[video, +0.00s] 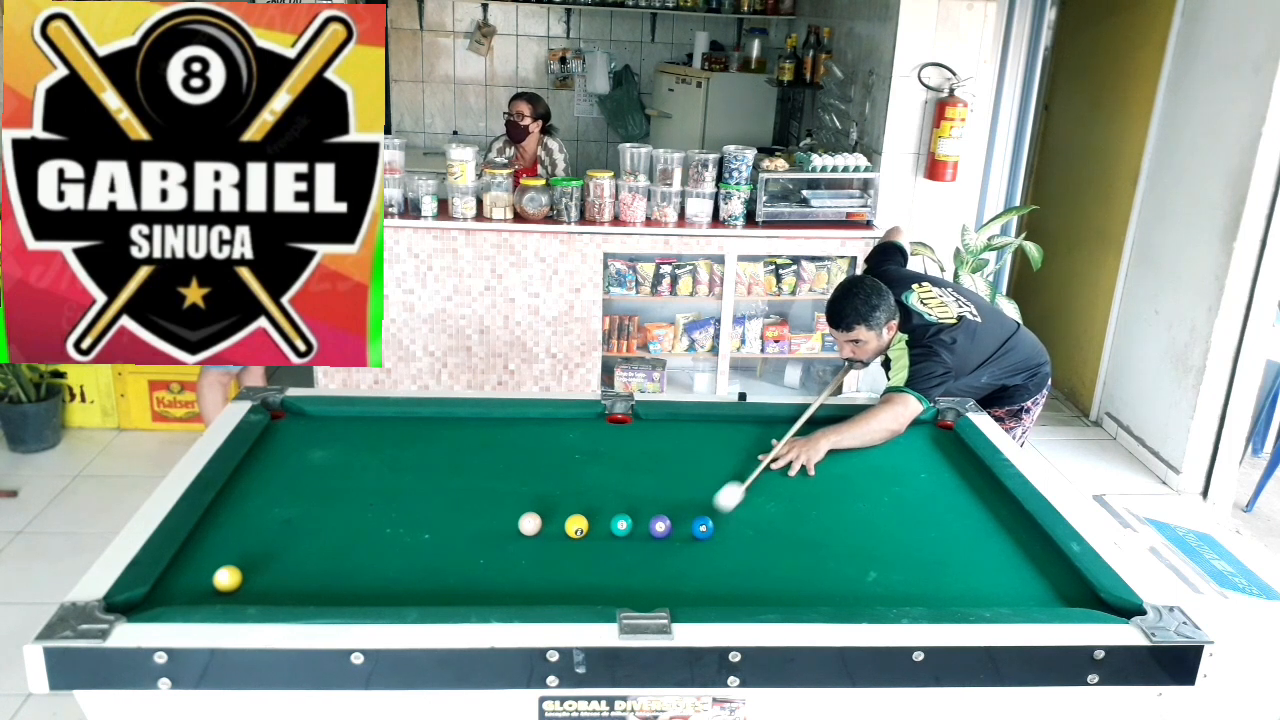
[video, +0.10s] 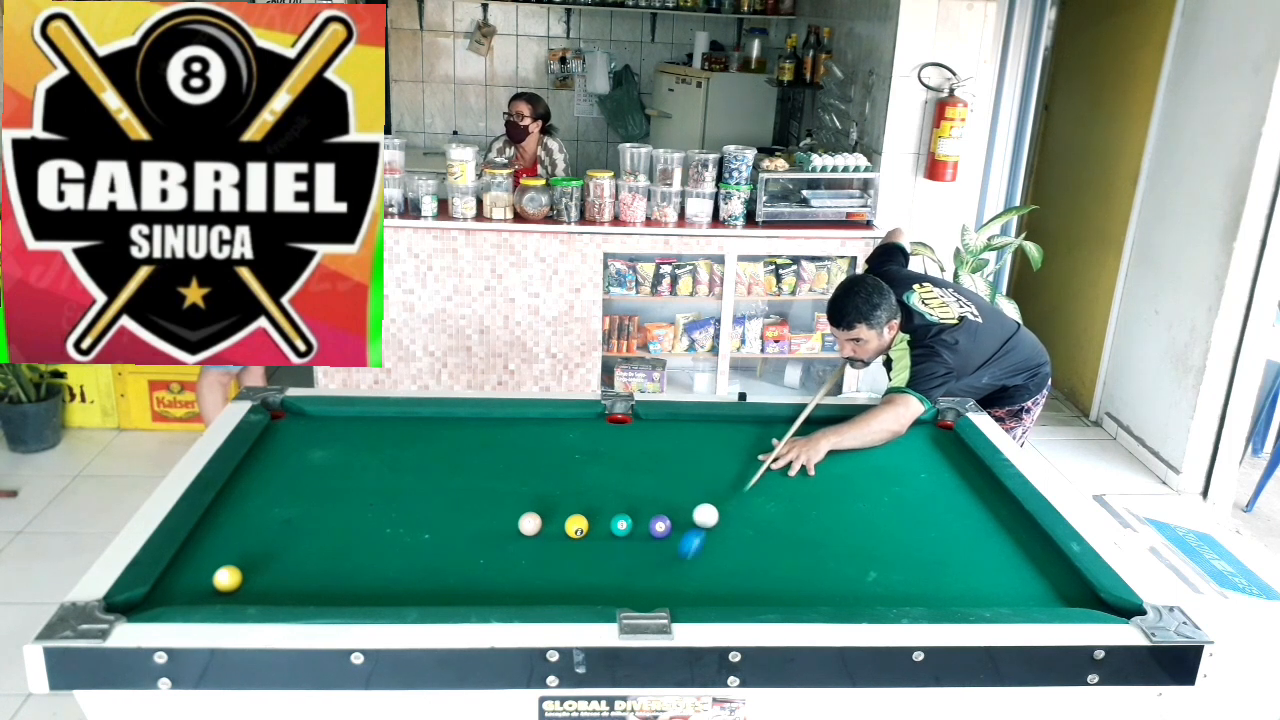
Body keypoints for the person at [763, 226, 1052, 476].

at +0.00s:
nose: (845, 353)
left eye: (855, 343)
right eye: (838, 340)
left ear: (889, 330)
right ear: (832, 322)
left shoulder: (926, 353)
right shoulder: (883, 275)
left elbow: (894, 417)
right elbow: (897, 234)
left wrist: (823, 439)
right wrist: (869, 287)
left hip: (1021, 375)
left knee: (985, 476)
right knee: (945, 458)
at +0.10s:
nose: (845, 351)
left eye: (856, 341)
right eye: (838, 338)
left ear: (891, 328)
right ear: (834, 322)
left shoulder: (929, 353)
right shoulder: (886, 276)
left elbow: (895, 417)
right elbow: (898, 234)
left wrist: (824, 439)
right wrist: (873, 271)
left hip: (1021, 375)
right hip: (971, 360)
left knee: (986, 475)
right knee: (946, 458)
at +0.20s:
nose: (847, 348)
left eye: (859, 338)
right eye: (840, 336)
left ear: (893, 326)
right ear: (836, 321)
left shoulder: (930, 351)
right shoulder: (885, 275)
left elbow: (894, 417)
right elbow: (896, 235)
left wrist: (823, 440)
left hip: (1021, 376)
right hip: (970, 362)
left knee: (986, 476)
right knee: (944, 458)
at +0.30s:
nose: (848, 346)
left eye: (860, 335)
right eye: (841, 334)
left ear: (893, 323)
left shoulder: (930, 350)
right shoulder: (888, 274)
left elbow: (894, 417)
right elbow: (897, 234)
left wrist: (823, 440)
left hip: (1021, 376)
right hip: (971, 361)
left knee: (987, 476)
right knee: (946, 458)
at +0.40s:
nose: (848, 344)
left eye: (860, 333)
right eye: (842, 331)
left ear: (894, 321)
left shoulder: (930, 349)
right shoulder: (890, 273)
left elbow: (894, 415)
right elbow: (896, 237)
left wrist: (823, 440)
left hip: (1020, 376)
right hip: (970, 362)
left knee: (987, 476)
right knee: (944, 458)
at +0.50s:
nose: (849, 338)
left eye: (861, 327)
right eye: (842, 324)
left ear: (895, 316)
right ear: (837, 309)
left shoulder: (930, 342)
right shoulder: (894, 269)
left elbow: (894, 412)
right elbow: (897, 240)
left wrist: (823, 441)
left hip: (1020, 376)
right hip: (970, 363)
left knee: (988, 475)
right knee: (947, 459)